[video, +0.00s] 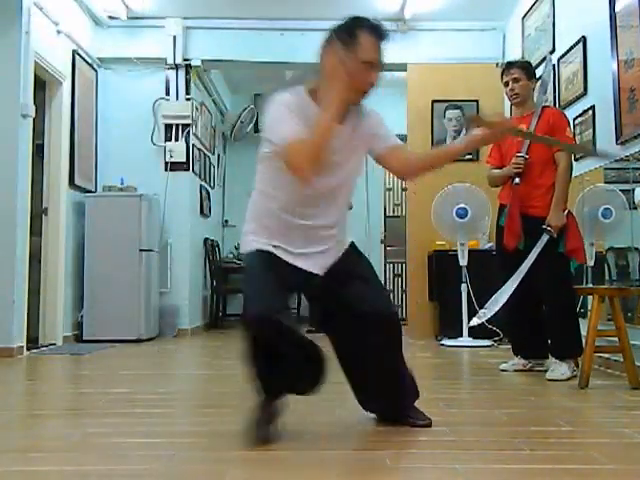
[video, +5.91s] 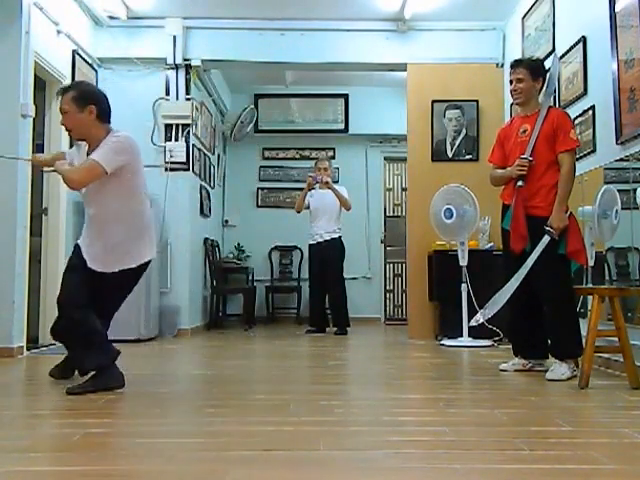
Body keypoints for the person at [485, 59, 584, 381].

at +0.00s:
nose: (511, 87)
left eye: (517, 80)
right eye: (507, 83)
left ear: (533, 83)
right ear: (504, 90)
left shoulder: (552, 117)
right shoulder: (503, 129)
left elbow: (564, 163)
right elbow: (492, 177)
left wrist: (558, 209)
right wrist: (508, 171)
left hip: (546, 213)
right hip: (512, 214)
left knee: (554, 284)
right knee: (517, 283)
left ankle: (564, 357)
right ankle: (529, 354)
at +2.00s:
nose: (509, 87)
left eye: (515, 80)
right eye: (506, 83)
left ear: (534, 82)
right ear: (505, 89)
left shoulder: (553, 117)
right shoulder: (504, 131)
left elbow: (565, 164)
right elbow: (493, 177)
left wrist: (557, 209)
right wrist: (508, 171)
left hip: (546, 214)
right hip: (513, 216)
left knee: (553, 284)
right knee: (519, 284)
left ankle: (565, 358)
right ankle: (529, 354)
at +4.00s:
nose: (514, 86)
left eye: (520, 80)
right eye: (510, 83)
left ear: (537, 82)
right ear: (507, 89)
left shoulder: (555, 120)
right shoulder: (507, 128)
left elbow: (566, 165)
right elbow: (493, 177)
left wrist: (559, 209)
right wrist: (509, 171)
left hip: (547, 214)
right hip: (514, 214)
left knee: (554, 285)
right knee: (521, 284)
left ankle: (566, 357)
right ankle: (529, 354)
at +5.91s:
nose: (514, 87)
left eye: (520, 81)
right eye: (511, 82)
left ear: (538, 83)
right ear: (509, 87)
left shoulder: (556, 117)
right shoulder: (506, 130)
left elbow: (567, 166)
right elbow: (494, 176)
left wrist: (560, 209)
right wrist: (510, 172)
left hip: (547, 214)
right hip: (514, 215)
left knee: (553, 285)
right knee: (520, 285)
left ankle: (565, 358)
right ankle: (529, 355)